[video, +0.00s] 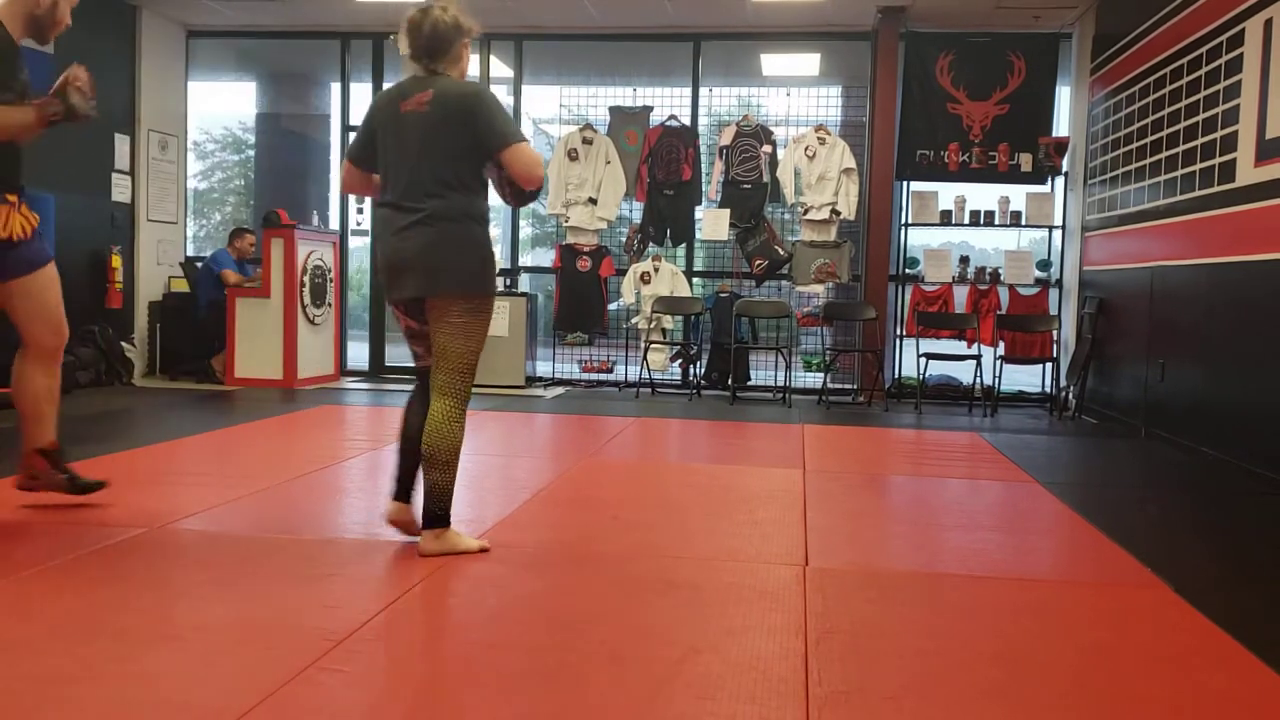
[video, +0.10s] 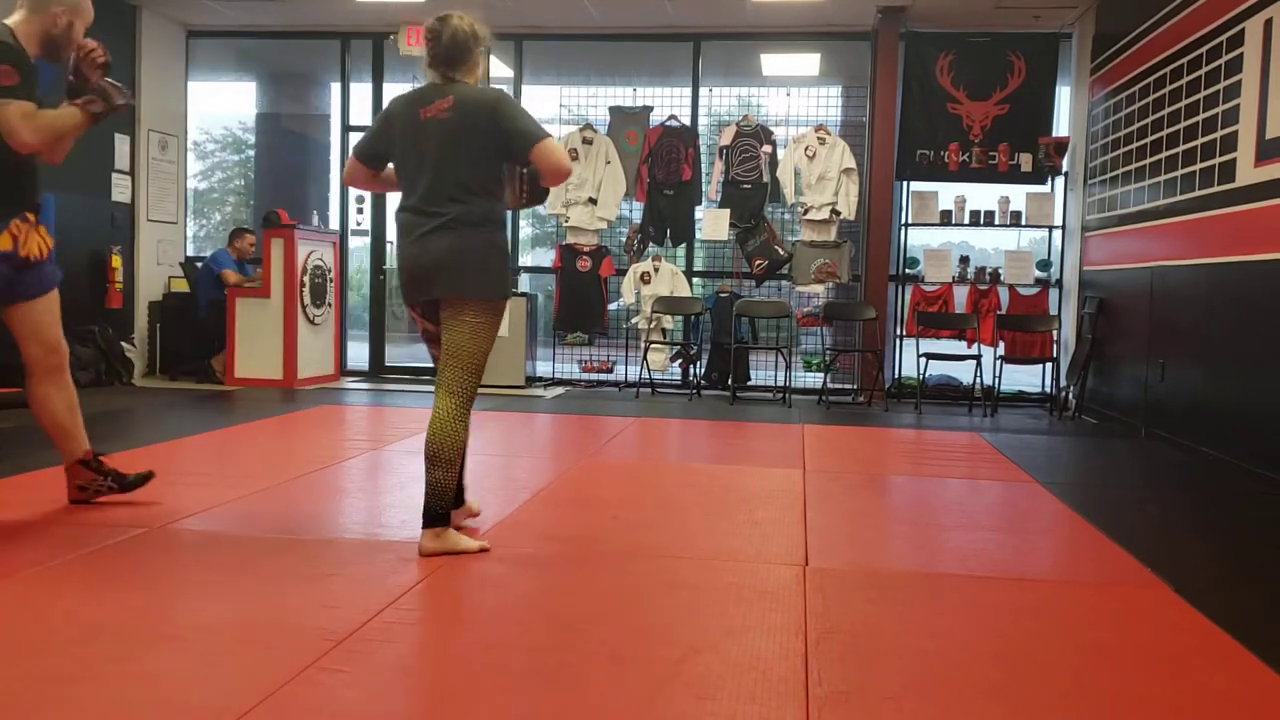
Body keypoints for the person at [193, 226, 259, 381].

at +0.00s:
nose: (253, 250)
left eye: (254, 246)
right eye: (251, 245)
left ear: (238, 244)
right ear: (237, 243)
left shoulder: (240, 262)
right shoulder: (220, 255)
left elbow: (249, 281)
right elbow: (231, 280)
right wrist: (253, 278)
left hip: (226, 308)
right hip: (208, 309)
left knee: (254, 327)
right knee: (247, 330)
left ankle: (222, 363)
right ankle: (218, 362)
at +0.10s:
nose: (253, 250)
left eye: (254, 246)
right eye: (251, 245)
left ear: (238, 244)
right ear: (237, 243)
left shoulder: (239, 262)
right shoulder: (221, 255)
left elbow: (249, 281)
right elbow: (231, 280)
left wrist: (263, 277)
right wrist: (253, 278)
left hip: (226, 308)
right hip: (208, 309)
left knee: (254, 327)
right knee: (247, 330)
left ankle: (222, 363)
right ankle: (218, 362)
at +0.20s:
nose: (253, 250)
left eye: (254, 246)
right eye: (251, 245)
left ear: (238, 244)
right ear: (237, 243)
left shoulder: (240, 263)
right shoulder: (221, 255)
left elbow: (250, 280)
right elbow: (231, 280)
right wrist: (253, 279)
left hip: (226, 308)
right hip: (208, 309)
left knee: (254, 326)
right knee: (248, 329)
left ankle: (222, 363)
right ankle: (218, 362)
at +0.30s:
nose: (253, 250)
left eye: (254, 246)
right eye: (251, 245)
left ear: (238, 244)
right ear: (237, 243)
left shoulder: (240, 263)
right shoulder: (221, 256)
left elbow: (250, 281)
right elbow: (231, 280)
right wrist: (254, 279)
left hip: (226, 308)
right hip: (208, 308)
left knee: (255, 326)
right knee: (248, 329)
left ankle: (222, 363)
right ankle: (218, 362)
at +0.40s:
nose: (253, 250)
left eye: (254, 246)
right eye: (250, 245)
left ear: (238, 244)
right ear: (237, 243)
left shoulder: (240, 262)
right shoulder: (221, 255)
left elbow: (250, 280)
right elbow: (231, 280)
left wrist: (264, 276)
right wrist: (254, 278)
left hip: (225, 307)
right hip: (208, 308)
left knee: (253, 326)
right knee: (247, 329)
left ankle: (222, 363)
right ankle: (218, 362)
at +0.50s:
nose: (253, 250)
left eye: (254, 246)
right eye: (251, 245)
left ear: (238, 244)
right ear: (237, 243)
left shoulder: (240, 262)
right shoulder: (221, 256)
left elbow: (249, 281)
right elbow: (230, 280)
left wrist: (264, 277)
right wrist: (255, 278)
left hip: (225, 307)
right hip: (208, 308)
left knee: (254, 326)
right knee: (248, 330)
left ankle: (222, 363)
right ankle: (217, 362)